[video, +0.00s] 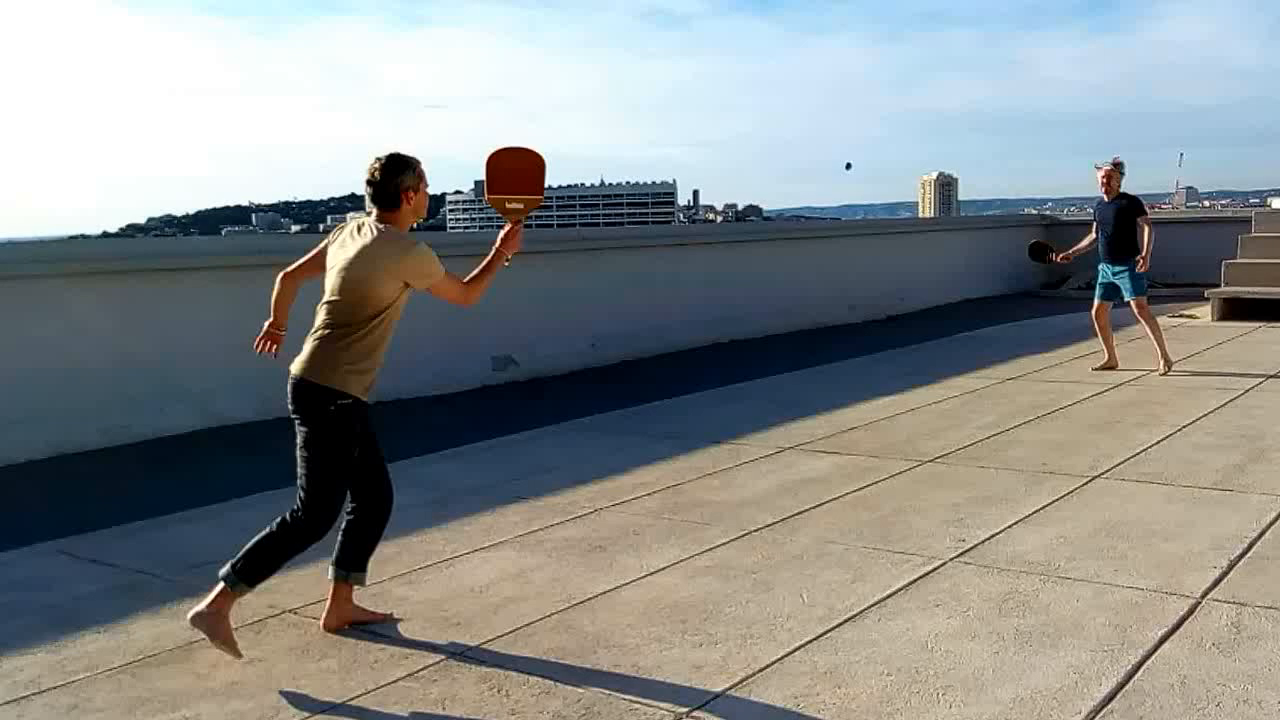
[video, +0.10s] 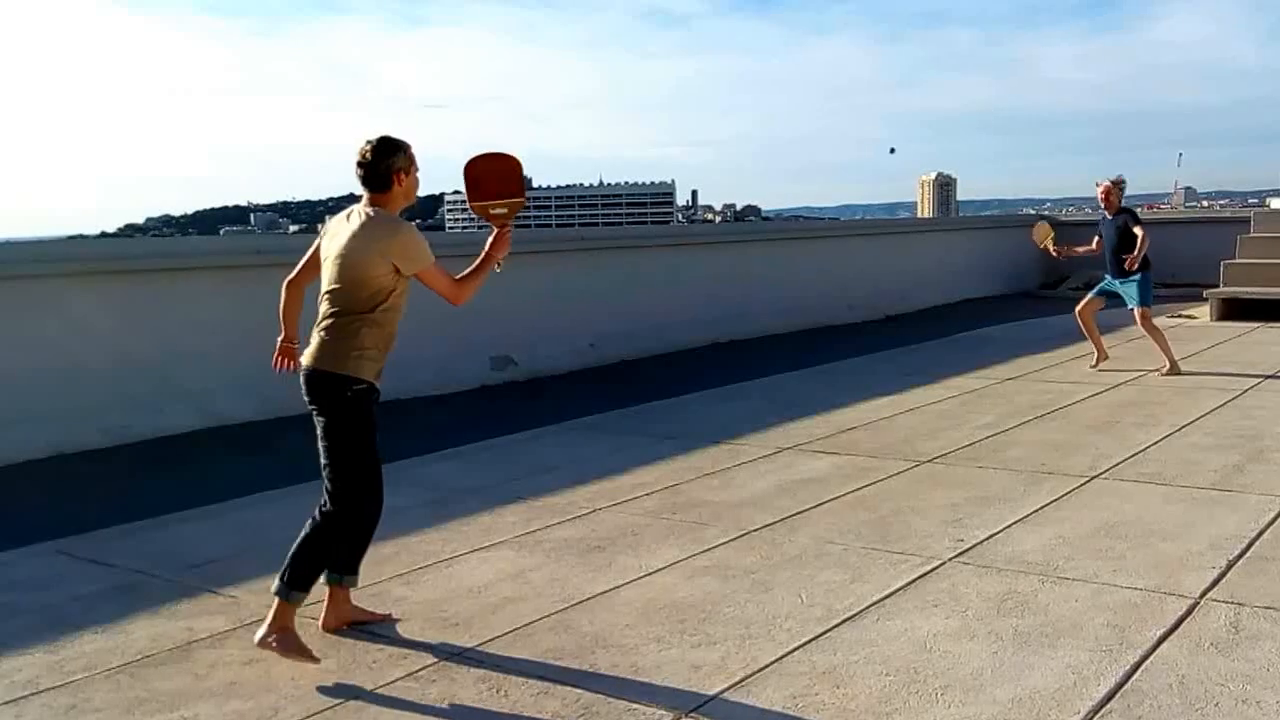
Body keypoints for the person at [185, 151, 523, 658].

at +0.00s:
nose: (427, 196)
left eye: (424, 187)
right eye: (423, 189)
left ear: (380, 195)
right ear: (408, 196)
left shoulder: (350, 230)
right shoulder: (407, 253)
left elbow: (288, 277)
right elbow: (466, 293)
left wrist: (275, 323)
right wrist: (502, 250)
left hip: (331, 389)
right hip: (327, 393)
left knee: (374, 497)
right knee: (314, 514)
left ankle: (340, 605)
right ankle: (216, 606)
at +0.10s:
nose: (417, 180)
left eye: (415, 171)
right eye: (414, 172)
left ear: (369, 178)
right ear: (400, 178)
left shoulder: (340, 222)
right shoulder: (399, 235)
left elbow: (294, 284)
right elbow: (457, 292)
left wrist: (287, 335)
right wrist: (493, 251)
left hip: (327, 373)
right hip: (344, 380)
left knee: (364, 495)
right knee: (343, 502)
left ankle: (339, 606)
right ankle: (277, 623)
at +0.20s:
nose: (411, 178)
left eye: (407, 170)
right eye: (407, 171)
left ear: (366, 180)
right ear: (393, 178)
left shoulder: (335, 227)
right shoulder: (391, 236)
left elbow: (305, 305)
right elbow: (445, 308)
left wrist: (319, 359)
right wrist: (479, 281)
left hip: (328, 376)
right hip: (357, 381)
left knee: (360, 498)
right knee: (375, 505)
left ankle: (335, 608)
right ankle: (347, 642)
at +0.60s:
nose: (418, 173)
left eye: (414, 164)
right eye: (414, 165)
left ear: (368, 177)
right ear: (402, 172)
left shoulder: (344, 231)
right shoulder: (407, 232)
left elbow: (328, 319)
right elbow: (424, 323)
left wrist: (391, 336)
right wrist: (457, 345)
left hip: (348, 383)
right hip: (391, 387)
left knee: (376, 494)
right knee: (427, 510)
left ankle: (336, 603)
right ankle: (419, 653)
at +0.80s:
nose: (426, 194)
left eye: (423, 185)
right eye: (422, 187)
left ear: (377, 198)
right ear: (409, 197)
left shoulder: (363, 245)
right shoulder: (392, 256)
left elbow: (398, 335)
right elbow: (385, 349)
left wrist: (452, 367)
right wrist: (439, 396)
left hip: (340, 402)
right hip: (375, 407)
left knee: (367, 502)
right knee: (456, 510)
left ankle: (327, 613)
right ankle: (418, 645)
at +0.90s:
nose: (439, 205)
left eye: (435, 198)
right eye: (434, 199)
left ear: (396, 213)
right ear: (417, 211)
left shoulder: (382, 257)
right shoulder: (401, 270)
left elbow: (446, 317)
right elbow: (380, 359)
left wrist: (511, 346)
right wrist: (436, 415)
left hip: (341, 414)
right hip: (376, 418)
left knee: (370, 506)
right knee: (482, 500)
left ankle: (325, 614)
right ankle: (454, 633)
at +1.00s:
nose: (464, 219)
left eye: (461, 211)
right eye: (460, 212)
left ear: (420, 227)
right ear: (444, 225)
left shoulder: (409, 265)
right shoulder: (425, 284)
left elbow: (474, 297)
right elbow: (399, 377)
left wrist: (533, 311)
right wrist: (451, 436)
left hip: (352, 423)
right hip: (384, 426)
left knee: (377, 511)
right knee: (495, 501)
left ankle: (323, 616)